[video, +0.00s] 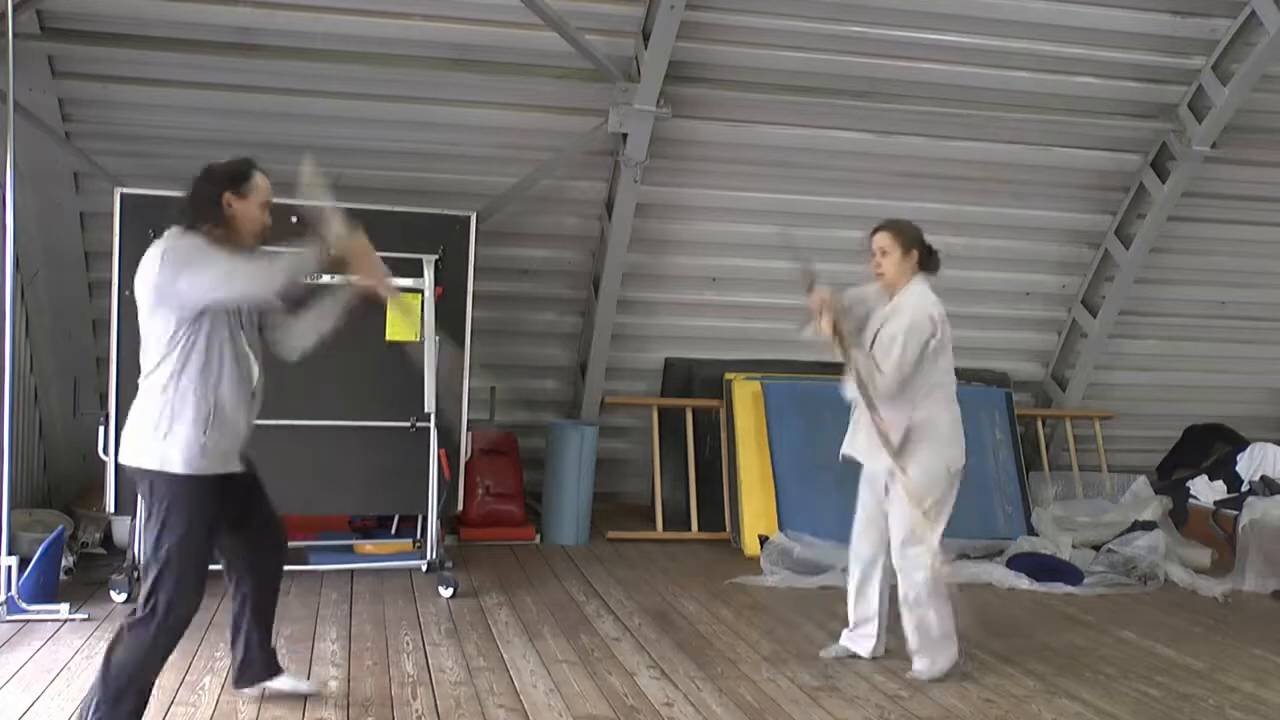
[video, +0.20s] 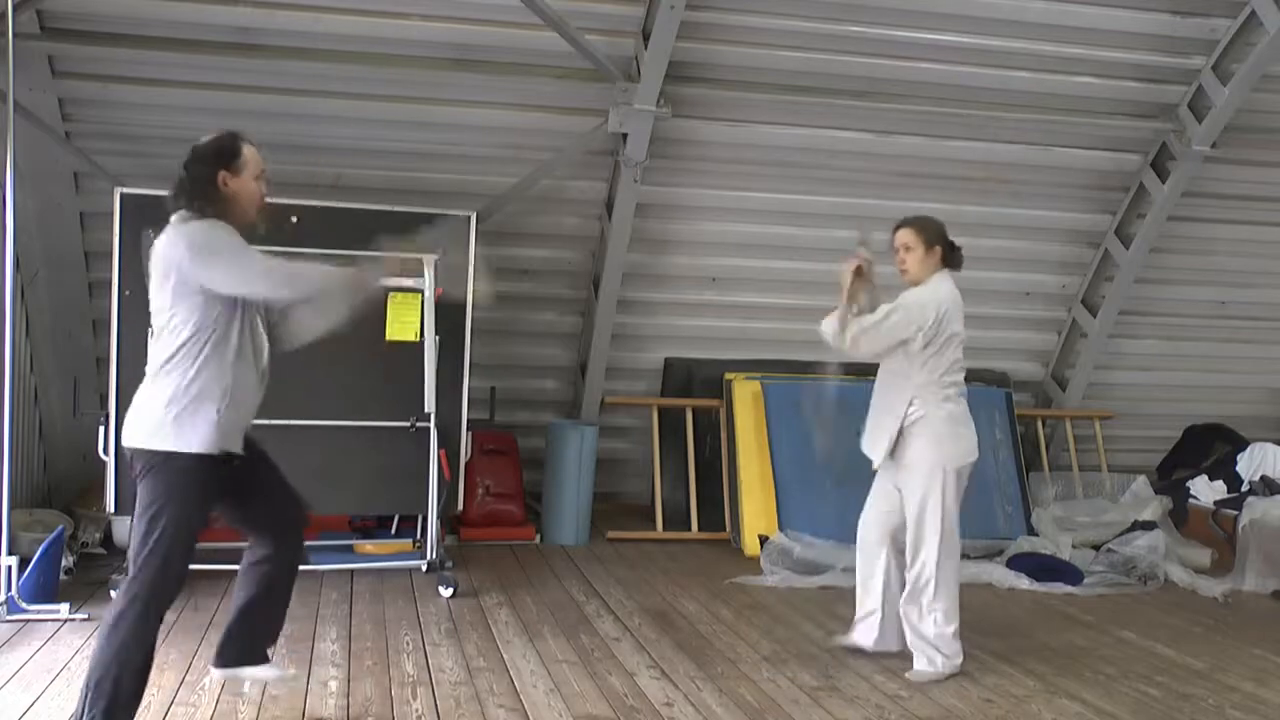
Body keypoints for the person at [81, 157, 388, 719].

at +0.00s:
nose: (270, 216)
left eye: (270, 206)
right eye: (264, 204)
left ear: (232, 205)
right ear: (229, 202)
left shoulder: (242, 272)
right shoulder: (171, 256)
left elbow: (290, 339)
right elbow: (256, 278)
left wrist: (350, 290)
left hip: (221, 455)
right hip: (170, 457)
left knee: (261, 547)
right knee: (170, 601)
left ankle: (255, 671)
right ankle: (104, 713)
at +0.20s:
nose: (266, 192)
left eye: (265, 179)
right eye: (258, 178)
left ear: (225, 183)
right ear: (225, 180)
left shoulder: (223, 252)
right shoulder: (192, 236)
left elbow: (286, 329)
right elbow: (274, 283)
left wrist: (368, 285)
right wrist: (369, 274)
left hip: (217, 439)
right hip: (173, 439)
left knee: (284, 523)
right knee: (149, 587)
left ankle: (241, 655)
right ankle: (100, 713)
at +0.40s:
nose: (281, 195)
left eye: (278, 183)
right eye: (272, 183)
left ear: (236, 191)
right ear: (243, 189)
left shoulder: (215, 252)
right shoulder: (242, 257)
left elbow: (293, 333)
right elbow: (303, 339)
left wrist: (381, 336)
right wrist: (383, 359)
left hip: (236, 456)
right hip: (217, 457)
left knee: (261, 582)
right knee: (188, 587)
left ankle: (218, 711)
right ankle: (102, 711)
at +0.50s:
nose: (300, 197)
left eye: (298, 186)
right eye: (292, 185)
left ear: (259, 188)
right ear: (262, 186)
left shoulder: (229, 246)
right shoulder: (253, 250)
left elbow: (315, 310)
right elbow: (331, 301)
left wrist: (384, 312)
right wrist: (419, 283)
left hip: (241, 439)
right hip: (248, 443)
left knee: (241, 577)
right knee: (265, 578)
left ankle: (218, 707)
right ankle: (145, 682)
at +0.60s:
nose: (338, 198)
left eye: (337, 189)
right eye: (331, 187)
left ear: (285, 189)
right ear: (306, 187)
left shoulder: (258, 234)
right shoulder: (296, 238)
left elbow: (338, 216)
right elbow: (392, 232)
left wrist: (383, 181)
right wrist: (423, 164)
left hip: (254, 433)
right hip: (296, 434)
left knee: (247, 573)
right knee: (364, 552)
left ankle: (214, 706)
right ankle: (265, 655)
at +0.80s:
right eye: (414, 172)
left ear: (357, 191)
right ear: (409, 191)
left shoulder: (344, 238)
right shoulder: (414, 240)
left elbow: (353, 186)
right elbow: (454, 172)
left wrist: (345, 139)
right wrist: (383, 127)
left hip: (322, 435)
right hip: (379, 441)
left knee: (300, 570)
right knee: (434, 569)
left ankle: (228, 695)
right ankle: (442, 708)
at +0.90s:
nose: (463, 207)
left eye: (455, 193)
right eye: (458, 196)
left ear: (401, 200)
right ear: (443, 202)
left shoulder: (372, 245)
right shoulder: (444, 246)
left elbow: (384, 196)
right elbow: (495, 176)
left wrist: (390, 146)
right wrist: (429, 129)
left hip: (351, 432)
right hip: (411, 437)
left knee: (361, 557)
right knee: (447, 582)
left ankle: (277, 654)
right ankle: (436, 708)